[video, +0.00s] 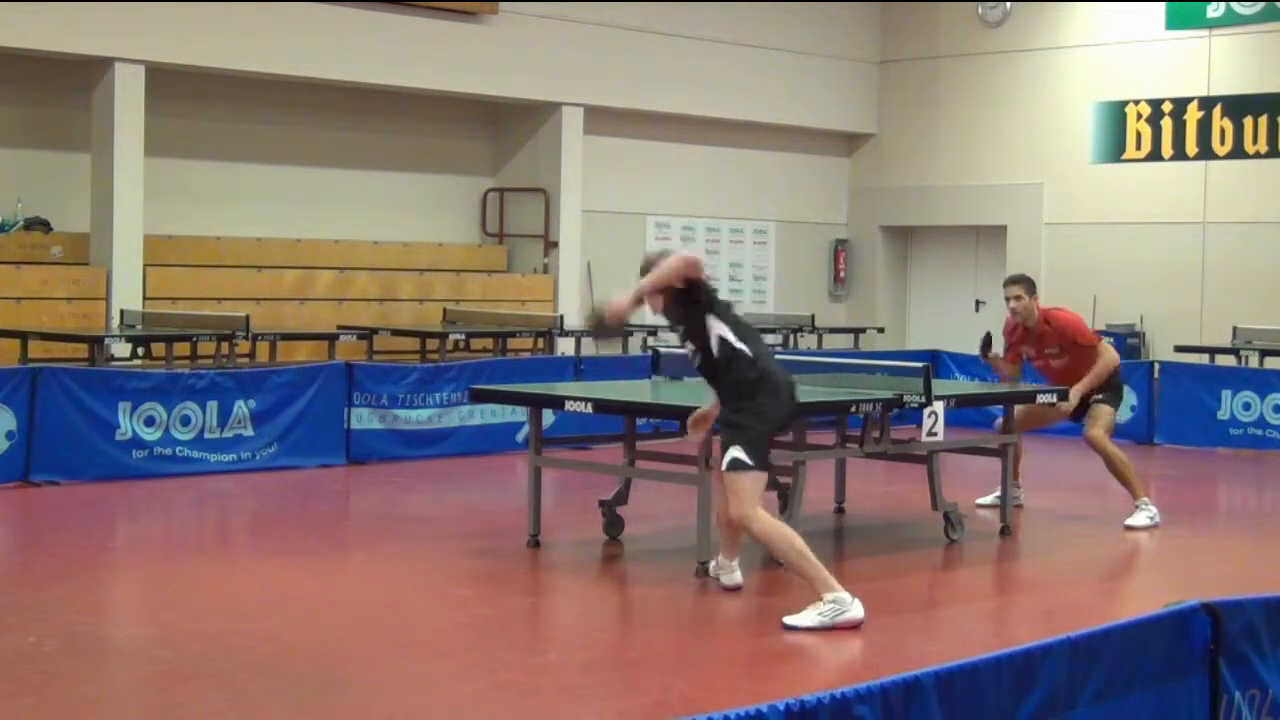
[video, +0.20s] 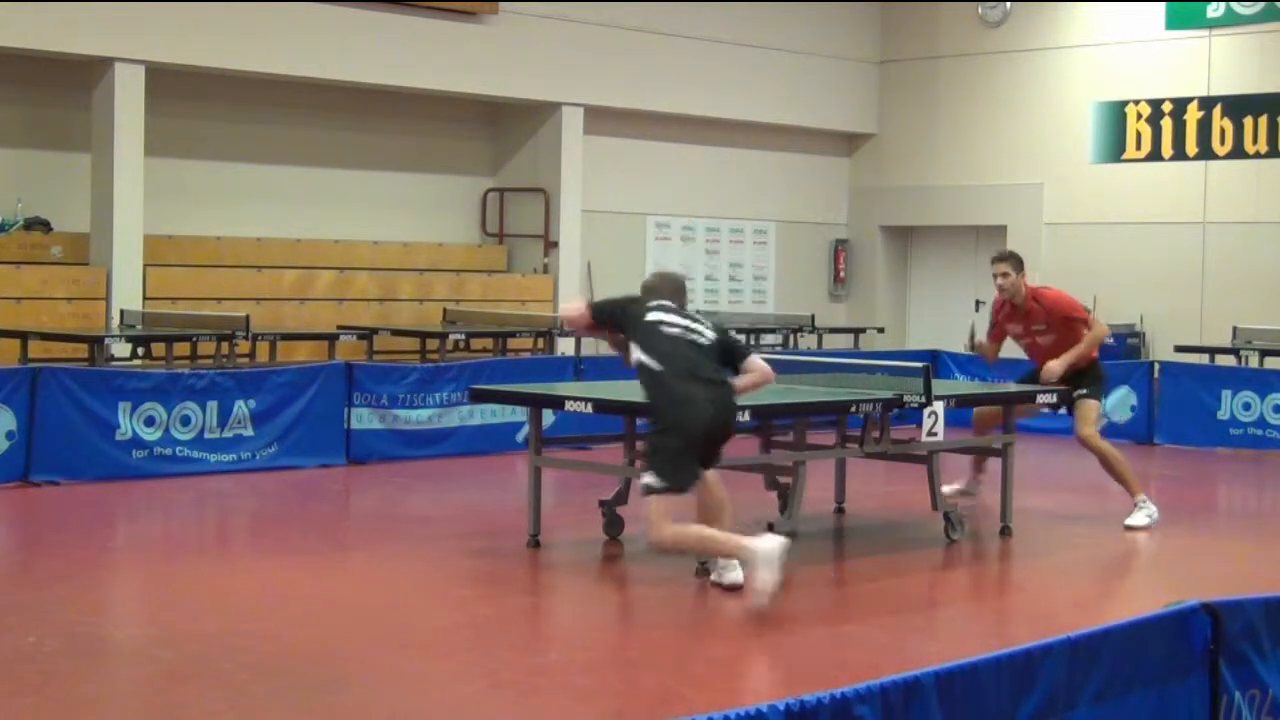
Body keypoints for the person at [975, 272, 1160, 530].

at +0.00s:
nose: (1012, 306)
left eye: (1017, 299)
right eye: (1008, 300)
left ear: (1034, 299)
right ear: (1005, 303)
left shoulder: (1063, 322)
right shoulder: (1013, 328)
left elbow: (1111, 357)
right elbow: (1013, 375)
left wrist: (1078, 391)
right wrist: (995, 361)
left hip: (1101, 383)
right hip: (1065, 388)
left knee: (1095, 435)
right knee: (1009, 425)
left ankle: (1145, 506)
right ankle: (1011, 490)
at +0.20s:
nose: (999, 282)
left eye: (1005, 276)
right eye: (995, 277)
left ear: (1022, 276)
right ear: (993, 279)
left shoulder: (1051, 299)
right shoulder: (1001, 307)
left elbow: (1100, 329)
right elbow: (992, 355)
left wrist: (1063, 362)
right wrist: (980, 348)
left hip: (1084, 370)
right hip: (1046, 371)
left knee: (1086, 434)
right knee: (984, 416)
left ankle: (1143, 504)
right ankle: (973, 484)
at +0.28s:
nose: (986, 282)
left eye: (992, 275)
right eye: (983, 277)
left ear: (1009, 275)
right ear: (983, 280)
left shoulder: (1039, 300)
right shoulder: (990, 310)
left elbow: (1078, 345)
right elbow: (979, 353)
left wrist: (1033, 365)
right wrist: (958, 352)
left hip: (1074, 372)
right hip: (1040, 376)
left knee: (1083, 432)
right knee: (977, 424)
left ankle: (1139, 500)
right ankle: (938, 484)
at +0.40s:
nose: (972, 289)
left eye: (977, 282)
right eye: (969, 284)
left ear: (996, 281)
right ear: (970, 286)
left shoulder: (1021, 309)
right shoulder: (985, 315)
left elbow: (1022, 363)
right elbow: (996, 356)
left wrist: (976, 360)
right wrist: (972, 372)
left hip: (1061, 382)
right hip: (1026, 385)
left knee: (1070, 445)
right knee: (960, 426)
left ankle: (1136, 501)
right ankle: (929, 488)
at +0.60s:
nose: (985, 294)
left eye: (989, 287)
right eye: (983, 289)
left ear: (1007, 282)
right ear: (992, 287)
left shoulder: (1027, 304)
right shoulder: (1016, 309)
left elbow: (1033, 348)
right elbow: (1034, 359)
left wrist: (987, 370)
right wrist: (1006, 377)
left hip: (1072, 389)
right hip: (1043, 390)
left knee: (1069, 457)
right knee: (981, 435)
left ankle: (1141, 502)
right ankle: (933, 488)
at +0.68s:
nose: (1001, 290)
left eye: (1003, 283)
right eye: (998, 284)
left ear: (1020, 277)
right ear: (1015, 280)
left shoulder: (1044, 297)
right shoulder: (1035, 302)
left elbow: (1068, 332)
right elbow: (1047, 351)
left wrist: (1027, 363)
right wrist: (1013, 373)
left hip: (1084, 388)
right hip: (1059, 391)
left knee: (1076, 457)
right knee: (998, 432)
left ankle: (1142, 502)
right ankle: (946, 486)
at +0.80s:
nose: (1022, 281)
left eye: (1025, 274)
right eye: (1020, 275)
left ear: (1043, 269)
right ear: (1039, 271)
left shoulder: (1076, 290)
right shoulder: (1052, 308)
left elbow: (1112, 322)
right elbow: (1041, 352)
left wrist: (1077, 350)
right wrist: (997, 345)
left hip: (1099, 386)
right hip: (1072, 388)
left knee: (1083, 454)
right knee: (1002, 422)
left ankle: (1144, 503)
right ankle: (994, 486)